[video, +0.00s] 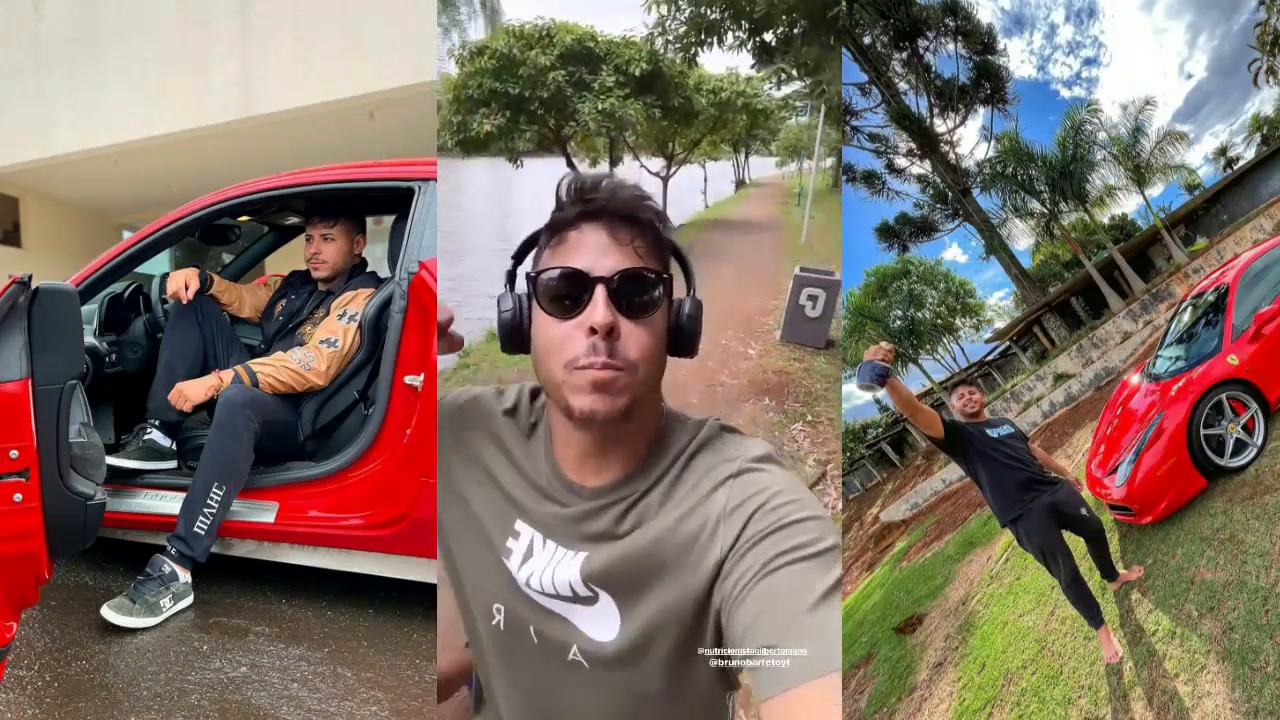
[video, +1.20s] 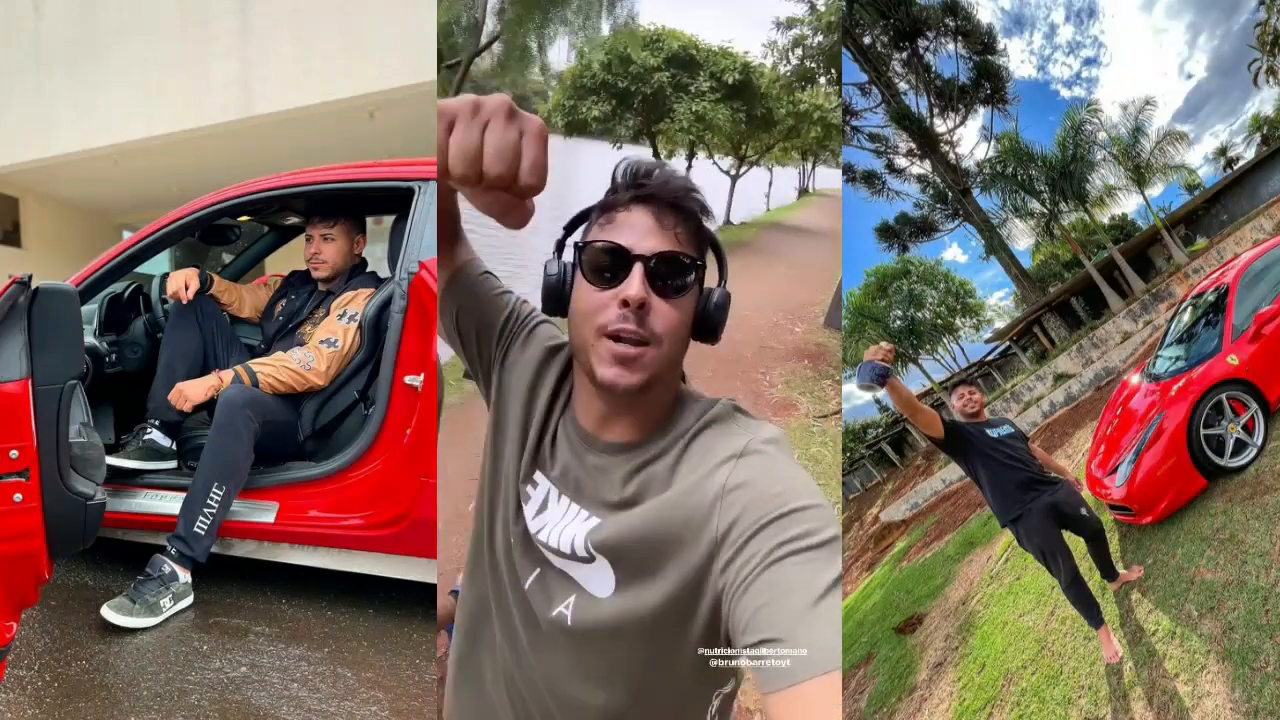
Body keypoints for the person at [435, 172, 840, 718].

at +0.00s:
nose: (601, 319)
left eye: (635, 294)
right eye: (567, 293)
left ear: (676, 323)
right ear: (524, 318)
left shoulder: (755, 511)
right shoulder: (457, 436)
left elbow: (812, 705)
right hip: (500, 706)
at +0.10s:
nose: (596, 323)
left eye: (630, 297)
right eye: (562, 297)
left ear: (672, 327)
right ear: (519, 322)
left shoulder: (756, 517)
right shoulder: (461, 433)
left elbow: (813, 706)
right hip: (487, 707)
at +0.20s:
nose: (601, 321)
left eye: (636, 296)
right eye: (567, 296)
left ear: (679, 329)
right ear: (525, 324)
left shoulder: (756, 516)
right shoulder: (462, 432)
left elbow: (815, 706)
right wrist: (400, 318)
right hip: (486, 705)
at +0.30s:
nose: (611, 320)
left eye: (646, 295)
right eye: (577, 294)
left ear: (688, 331)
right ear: (534, 323)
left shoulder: (761, 519)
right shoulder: (464, 432)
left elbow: (818, 706)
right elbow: (457, 595)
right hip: (474, 709)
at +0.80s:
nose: (635, 318)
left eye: (673, 296)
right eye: (603, 287)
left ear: (708, 332)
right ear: (552, 308)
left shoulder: (761, 515)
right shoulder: (460, 418)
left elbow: (814, 706)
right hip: (475, 706)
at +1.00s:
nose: (610, 295)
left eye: (647, 274)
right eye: (580, 264)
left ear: (679, 311)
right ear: (532, 283)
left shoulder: (745, 498)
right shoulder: (464, 396)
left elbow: (809, 708)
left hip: (638, 708)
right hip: (467, 705)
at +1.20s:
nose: (633, 295)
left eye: (669, 277)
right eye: (607, 267)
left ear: (703, 309)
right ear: (565, 284)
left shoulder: (753, 491)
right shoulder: (522, 364)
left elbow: (805, 708)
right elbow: (446, 256)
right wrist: (443, 160)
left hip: (624, 706)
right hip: (473, 702)